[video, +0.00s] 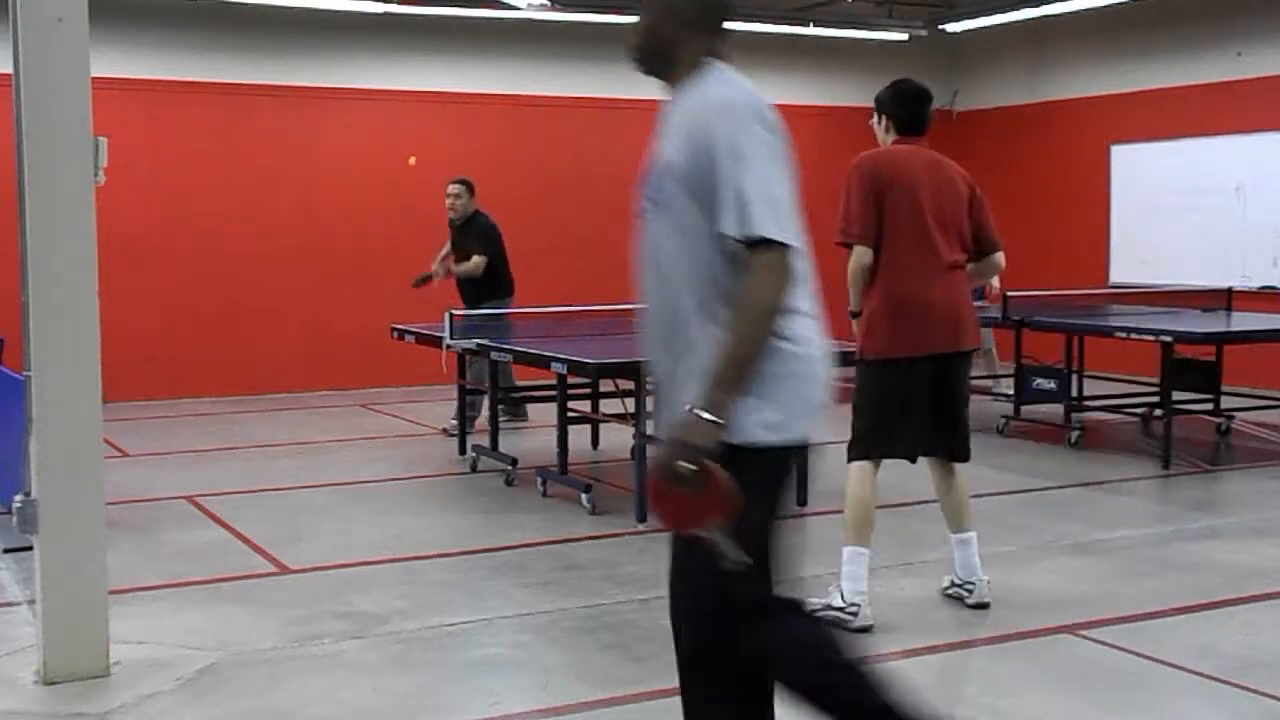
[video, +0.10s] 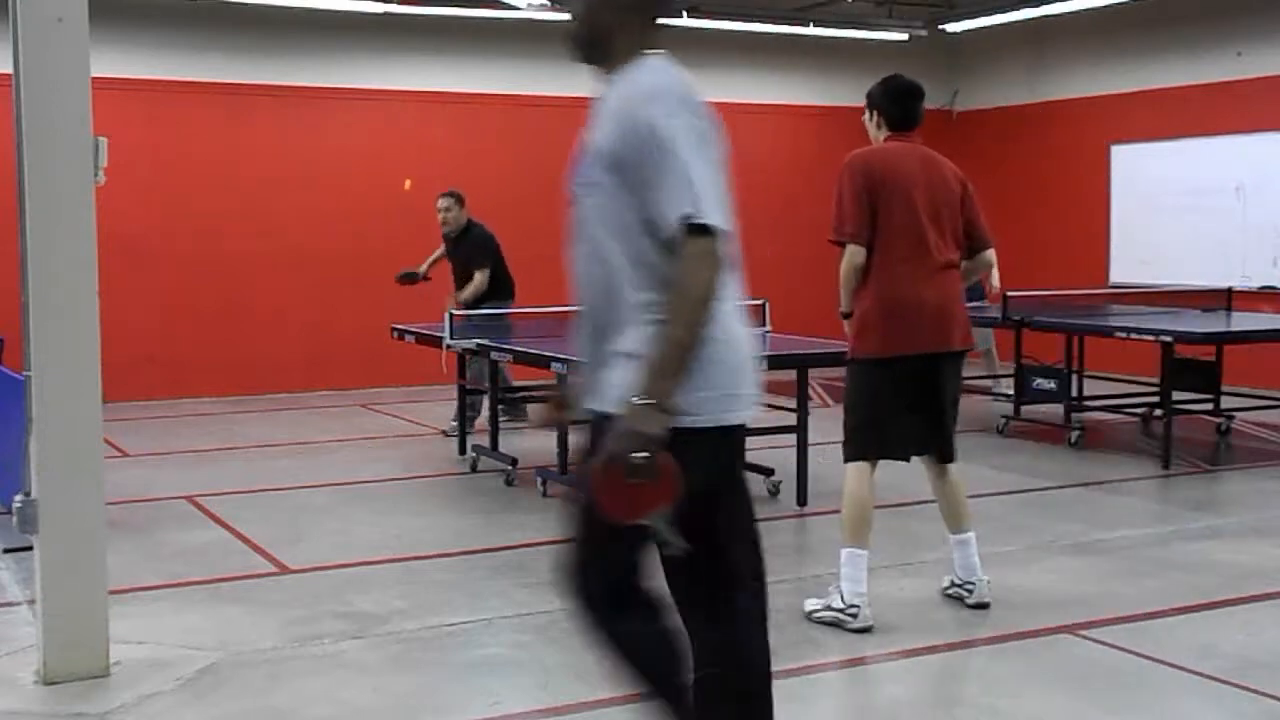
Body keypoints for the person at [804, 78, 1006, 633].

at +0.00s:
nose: (872, 126)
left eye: (874, 119)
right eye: (875, 118)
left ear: (883, 122)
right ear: (926, 122)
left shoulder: (870, 167)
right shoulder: (956, 173)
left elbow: (862, 255)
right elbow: (992, 259)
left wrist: (854, 311)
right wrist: (945, 283)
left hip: (890, 334)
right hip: (953, 334)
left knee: (863, 459)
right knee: (945, 455)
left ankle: (851, 595)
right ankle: (970, 577)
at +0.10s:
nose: (865, 123)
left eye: (866, 115)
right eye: (867, 115)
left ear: (876, 118)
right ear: (918, 118)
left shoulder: (863, 165)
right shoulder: (948, 170)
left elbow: (855, 252)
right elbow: (983, 255)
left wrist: (844, 307)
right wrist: (939, 283)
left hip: (880, 333)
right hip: (945, 332)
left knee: (859, 461)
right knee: (939, 456)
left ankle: (851, 597)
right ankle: (971, 579)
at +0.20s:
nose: (857, 120)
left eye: (859, 112)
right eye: (859, 112)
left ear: (868, 115)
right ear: (913, 115)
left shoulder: (860, 162)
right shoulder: (944, 168)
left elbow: (853, 249)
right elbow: (975, 255)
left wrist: (832, 308)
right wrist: (931, 287)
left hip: (873, 332)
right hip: (936, 332)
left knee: (854, 462)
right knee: (934, 454)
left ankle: (851, 598)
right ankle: (971, 579)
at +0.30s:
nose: (856, 118)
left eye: (858, 110)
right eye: (858, 109)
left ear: (868, 114)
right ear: (912, 115)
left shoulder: (859, 162)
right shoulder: (943, 168)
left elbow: (854, 249)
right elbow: (973, 257)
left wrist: (823, 311)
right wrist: (928, 286)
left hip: (870, 335)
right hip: (933, 334)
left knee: (853, 462)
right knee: (935, 454)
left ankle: (851, 599)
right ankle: (971, 579)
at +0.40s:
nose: (858, 119)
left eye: (860, 111)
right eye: (861, 111)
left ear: (869, 114)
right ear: (914, 114)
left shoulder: (862, 162)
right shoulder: (944, 167)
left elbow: (854, 250)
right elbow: (972, 259)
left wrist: (817, 315)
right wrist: (929, 291)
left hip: (869, 334)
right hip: (933, 334)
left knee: (852, 461)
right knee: (934, 454)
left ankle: (850, 598)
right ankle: (970, 578)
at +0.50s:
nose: (862, 120)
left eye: (863, 112)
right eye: (865, 112)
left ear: (872, 114)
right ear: (916, 115)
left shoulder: (863, 163)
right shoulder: (948, 170)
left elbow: (852, 250)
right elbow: (974, 265)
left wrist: (813, 318)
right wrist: (930, 293)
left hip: (871, 336)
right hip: (935, 337)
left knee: (850, 462)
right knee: (935, 455)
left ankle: (851, 599)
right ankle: (970, 578)